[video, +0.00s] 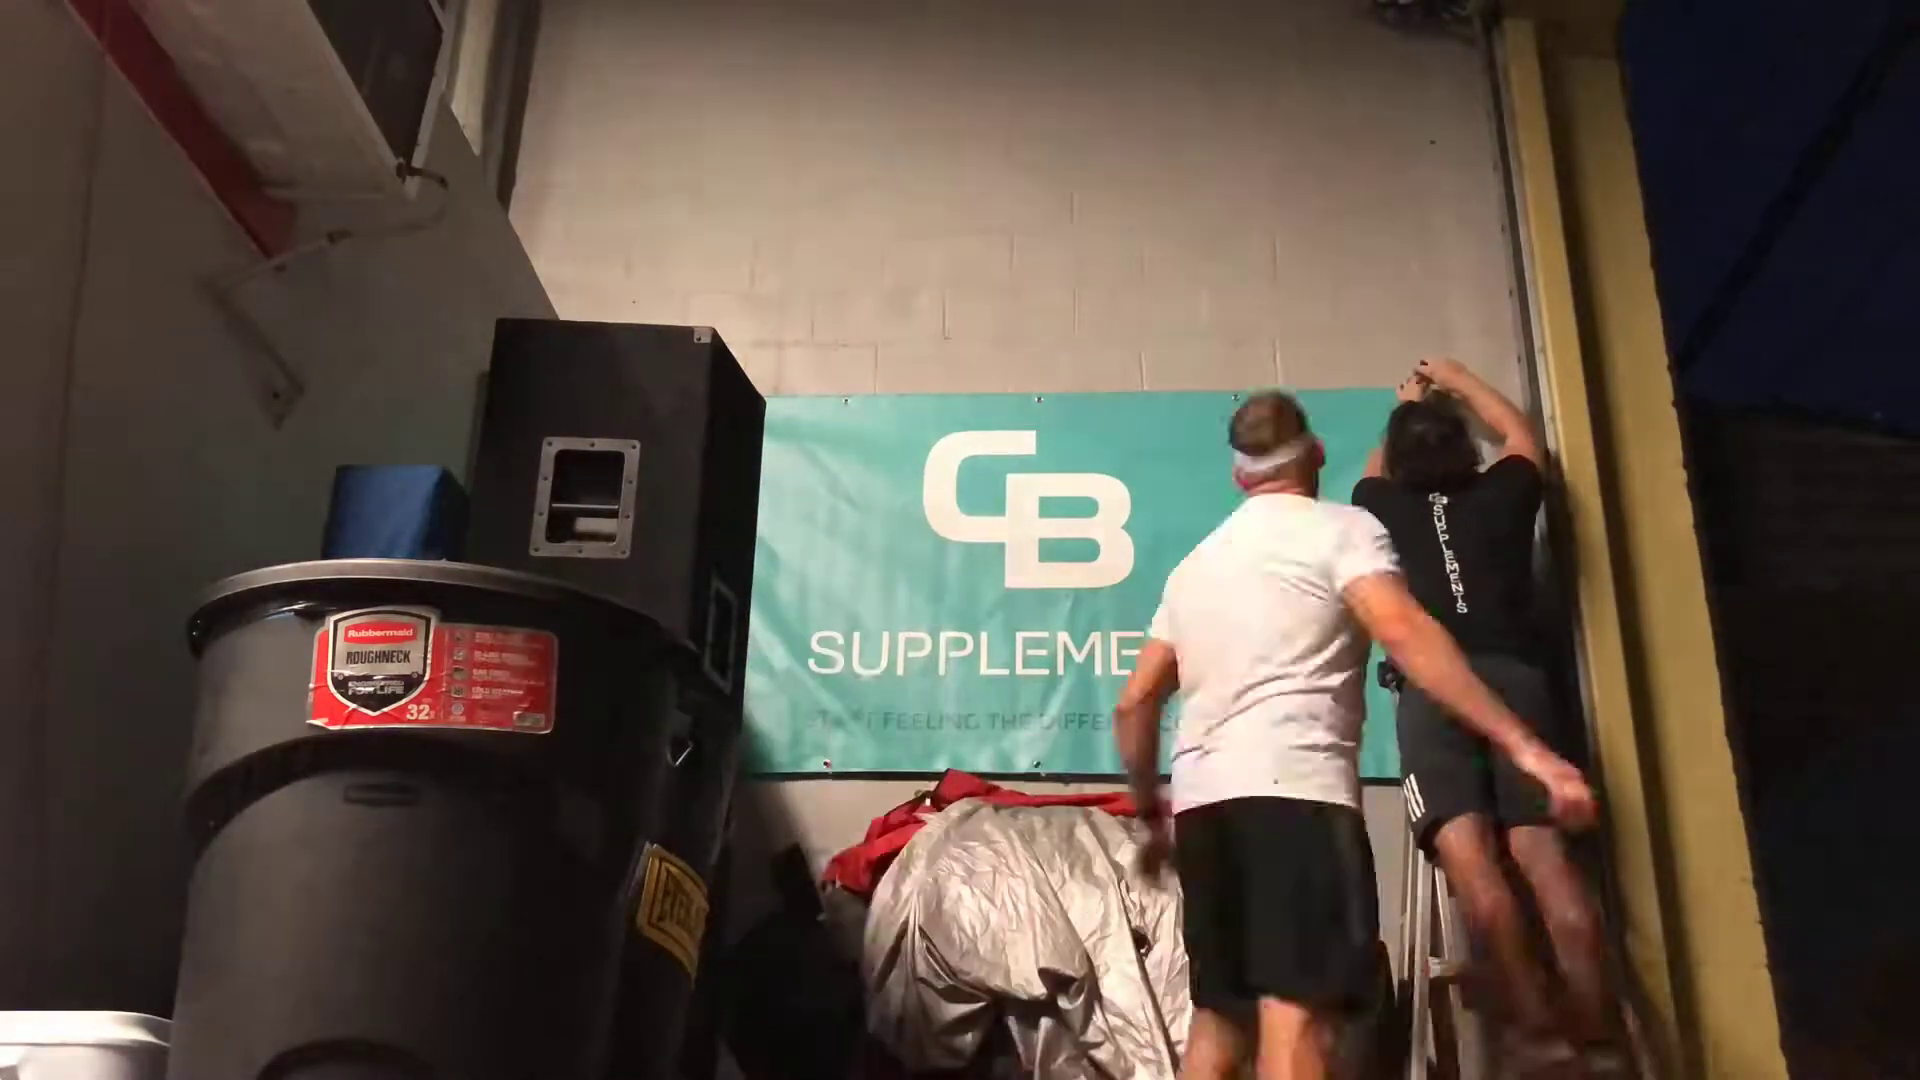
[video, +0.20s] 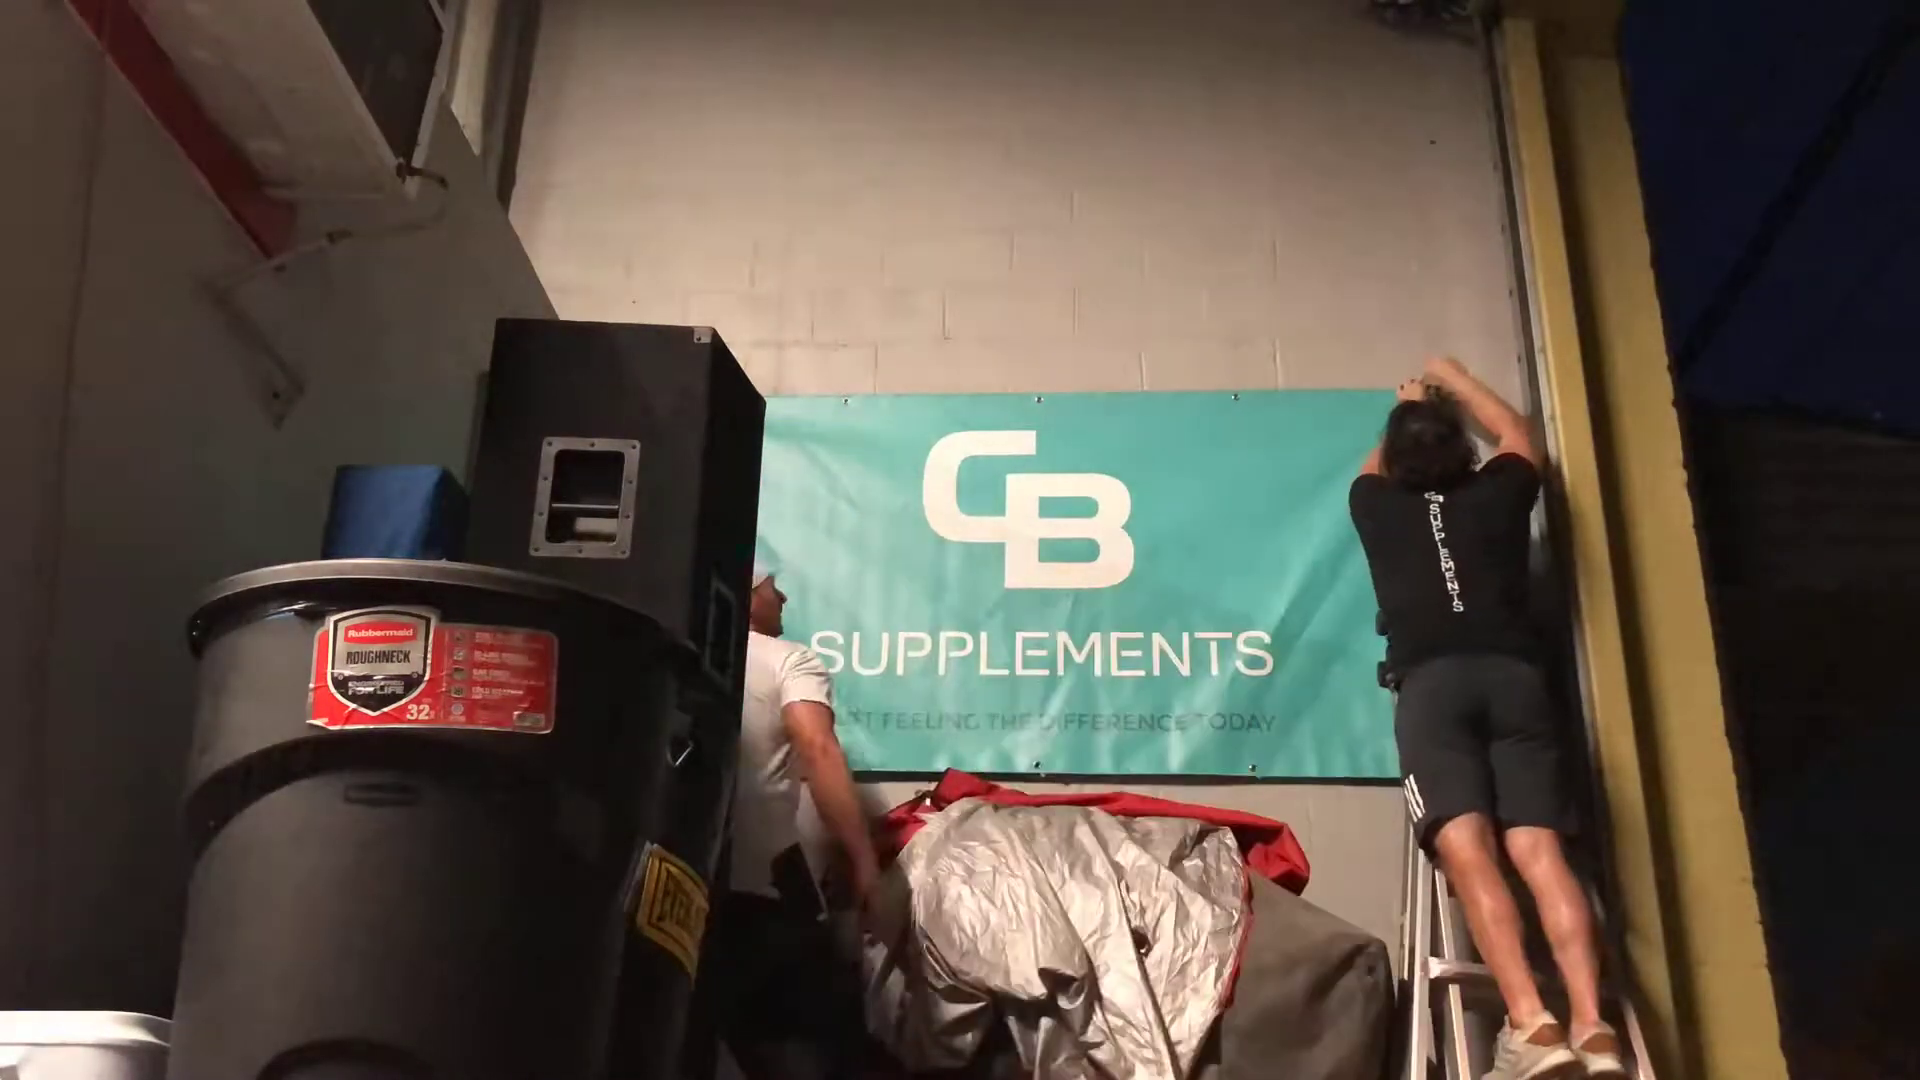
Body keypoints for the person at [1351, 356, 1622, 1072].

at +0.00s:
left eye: (1414, 435)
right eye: (1443, 431)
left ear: (1401, 463)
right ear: (1467, 453)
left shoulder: (1382, 510)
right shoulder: (1503, 496)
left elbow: (1380, 465)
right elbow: (1519, 436)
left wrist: (1403, 415)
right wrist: (1458, 379)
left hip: (1430, 686)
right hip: (1517, 676)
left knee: (1473, 866)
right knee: (1544, 851)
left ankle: (1536, 1032)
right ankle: (1599, 1031)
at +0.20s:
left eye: (1400, 435)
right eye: (1434, 427)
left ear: (1393, 463)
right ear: (1462, 454)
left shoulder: (1377, 508)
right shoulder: (1499, 492)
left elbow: (1379, 461)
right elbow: (1515, 435)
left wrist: (1403, 411)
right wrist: (1458, 380)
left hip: (1431, 682)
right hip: (1514, 672)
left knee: (1471, 861)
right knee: (1540, 850)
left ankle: (1531, 1022)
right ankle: (1590, 1024)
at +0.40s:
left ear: (1437, 456)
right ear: (1507, 453)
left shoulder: (1411, 504)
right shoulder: (1535, 506)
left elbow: (1381, 462)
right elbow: (1522, 469)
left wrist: (1407, 410)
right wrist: (1481, 423)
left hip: (1446, 678)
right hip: (1531, 675)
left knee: (1477, 857)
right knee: (1546, 848)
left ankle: (1532, 1022)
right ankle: (1585, 1017)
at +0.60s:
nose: (1475, 443)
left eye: (1476, 441)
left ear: (1468, 459)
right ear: (1532, 461)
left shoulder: (1433, 504)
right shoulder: (1548, 512)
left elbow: (1381, 471)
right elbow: (1518, 470)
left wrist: (1413, 413)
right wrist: (1486, 418)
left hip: (1458, 690)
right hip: (1539, 688)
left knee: (1477, 860)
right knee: (1561, 849)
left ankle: (1525, 1025)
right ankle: (1591, 1017)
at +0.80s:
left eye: (1430, 435)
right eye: (1472, 437)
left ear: (1421, 457)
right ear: (1480, 450)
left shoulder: (1403, 504)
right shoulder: (1514, 499)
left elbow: (1378, 467)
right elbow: (1505, 457)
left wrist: (1410, 413)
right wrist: (1469, 413)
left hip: (1446, 696)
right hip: (1524, 685)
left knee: (1482, 868)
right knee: (1548, 853)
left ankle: (1526, 1028)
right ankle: (1587, 1012)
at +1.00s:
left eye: (1411, 438)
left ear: (1408, 460)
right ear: (1476, 453)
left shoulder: (1384, 506)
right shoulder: (1505, 496)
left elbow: (1374, 456)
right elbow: (1528, 449)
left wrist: (1403, 408)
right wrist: (1468, 392)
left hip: (1429, 681)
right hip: (1511, 673)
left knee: (1473, 858)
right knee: (1534, 846)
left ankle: (1527, 1020)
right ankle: (1586, 1018)